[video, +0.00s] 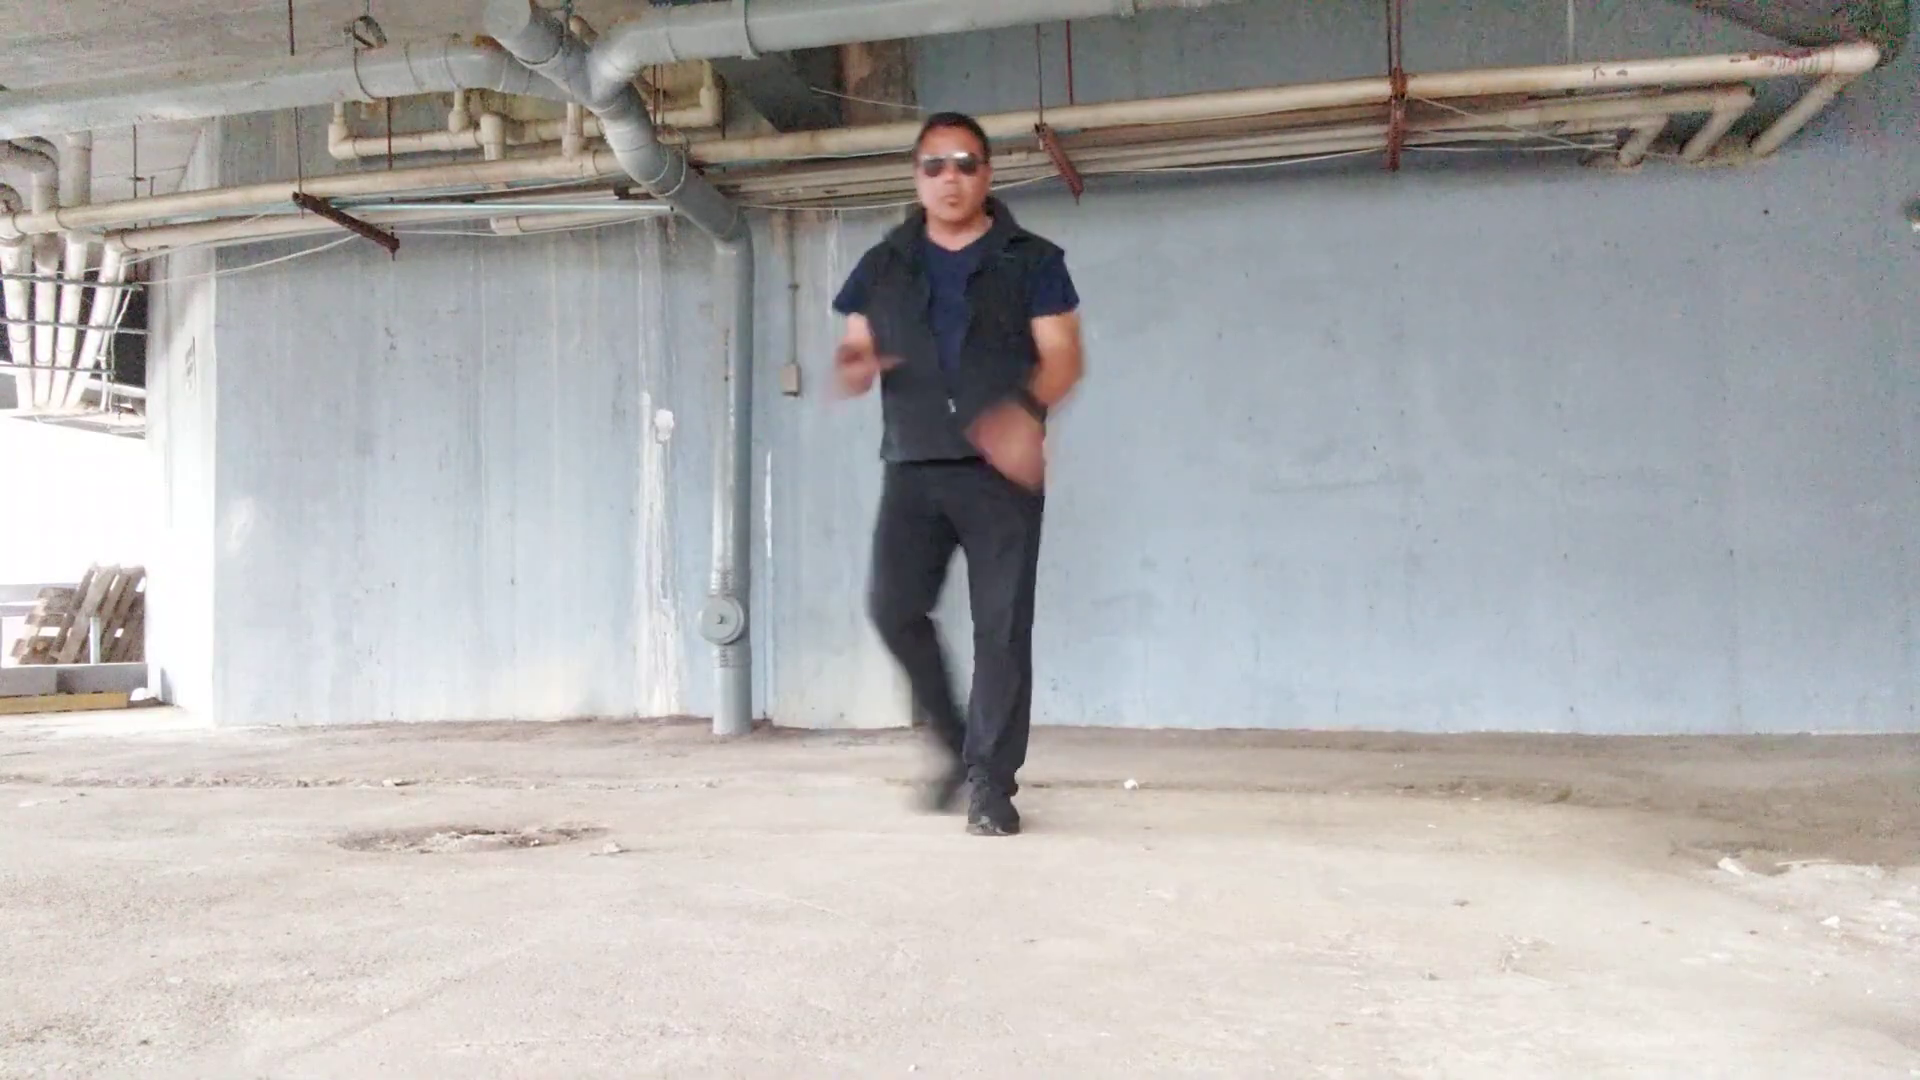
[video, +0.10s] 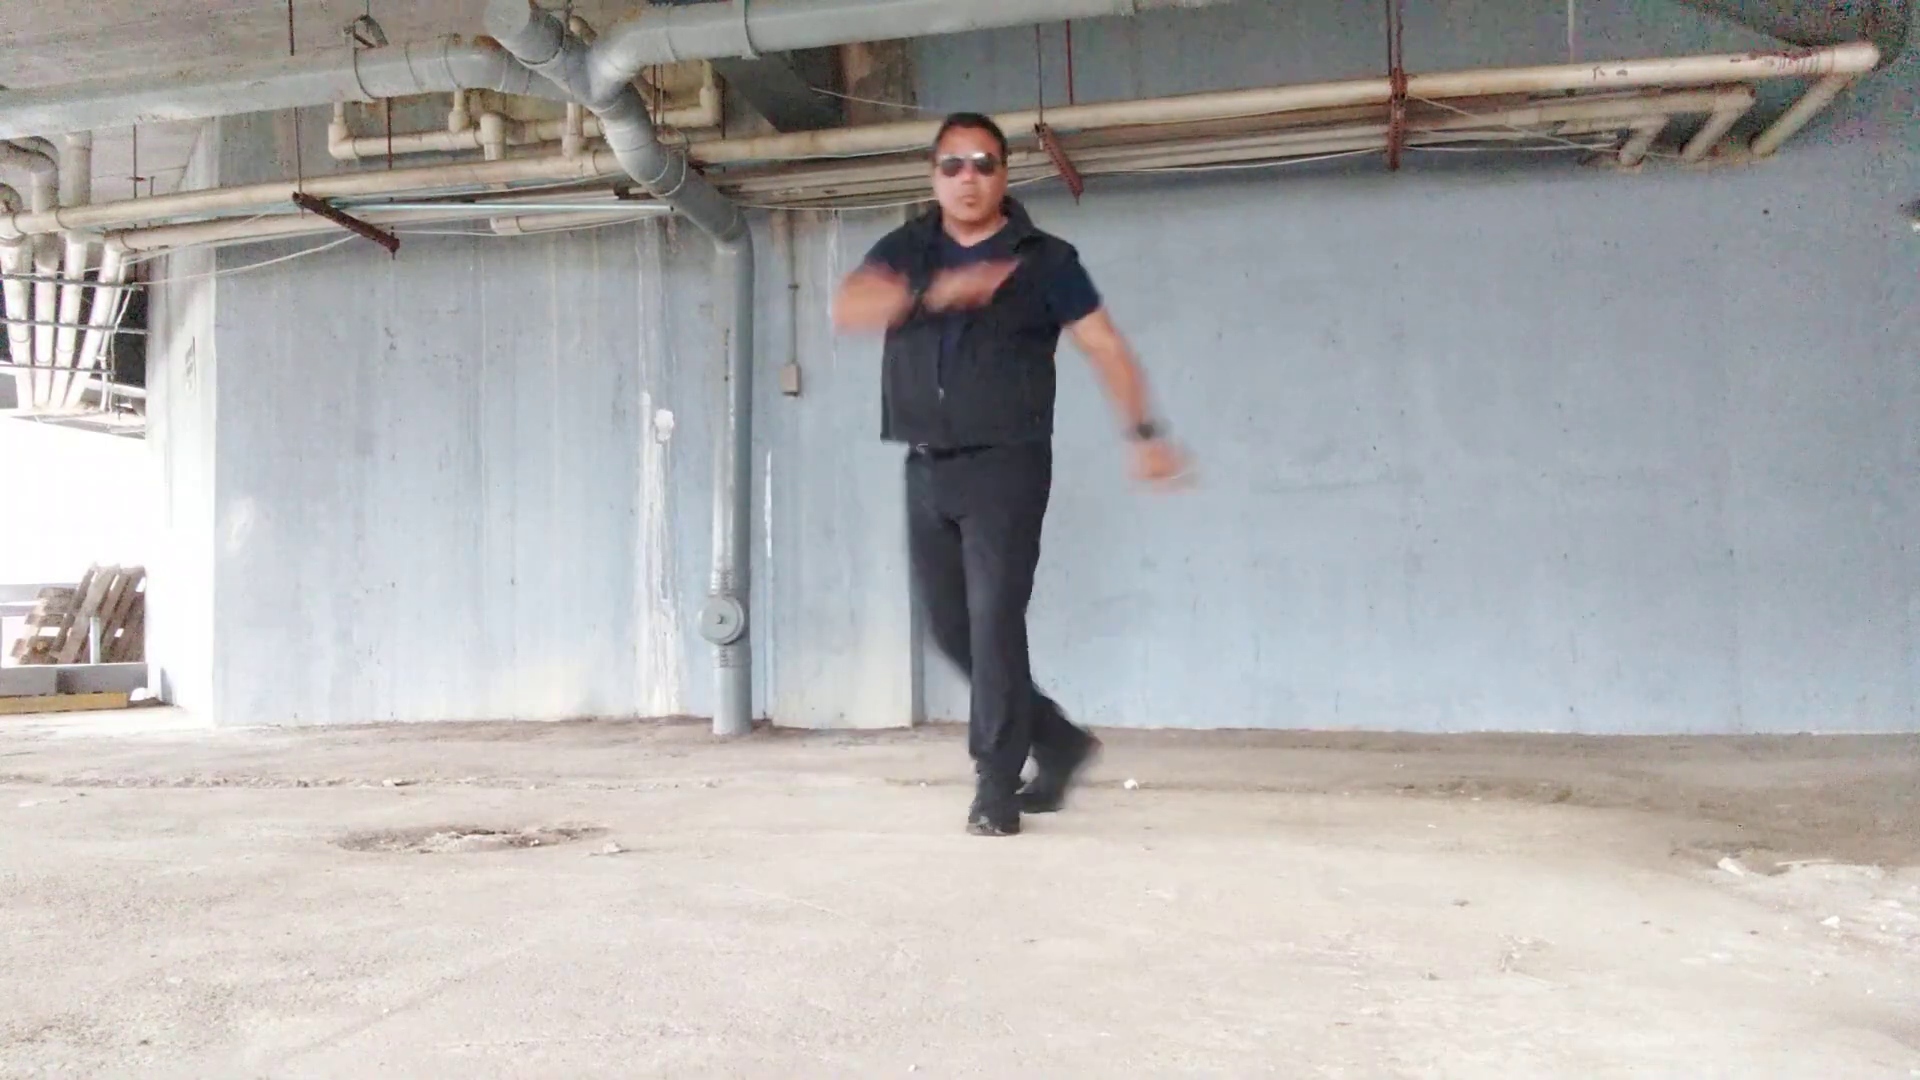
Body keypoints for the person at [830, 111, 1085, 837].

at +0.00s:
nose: (950, 177)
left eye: (965, 165)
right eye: (935, 166)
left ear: (987, 177)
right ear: (915, 180)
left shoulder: (1032, 260)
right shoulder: (885, 263)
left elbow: (1062, 359)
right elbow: (857, 362)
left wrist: (1027, 412)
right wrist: (853, 370)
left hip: (1001, 473)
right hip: (914, 472)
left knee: (1001, 629)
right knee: (894, 608)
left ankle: (992, 781)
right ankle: (961, 745)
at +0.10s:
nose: (967, 177)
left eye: (983, 165)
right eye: (953, 165)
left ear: (1004, 176)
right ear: (933, 175)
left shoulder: (1043, 257)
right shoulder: (908, 249)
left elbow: (1104, 345)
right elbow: (847, 310)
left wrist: (1143, 431)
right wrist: (934, 292)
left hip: (1006, 464)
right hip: (928, 466)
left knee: (992, 618)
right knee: (949, 624)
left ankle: (997, 789)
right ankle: (1059, 739)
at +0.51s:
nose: (1029, 180)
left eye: (1038, 166)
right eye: (1011, 167)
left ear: (1049, 173)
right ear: (971, 176)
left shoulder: (1071, 256)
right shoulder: (926, 249)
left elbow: (1103, 353)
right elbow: (872, 336)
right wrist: (885, 373)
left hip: (1034, 470)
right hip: (944, 470)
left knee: (1045, 617)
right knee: (914, 599)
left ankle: (1062, 780)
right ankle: (944, 769)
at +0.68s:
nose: (1033, 173)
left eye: (1037, 160)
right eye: (1017, 162)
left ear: (1038, 159)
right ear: (967, 164)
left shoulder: (1051, 225)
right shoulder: (912, 219)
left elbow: (1071, 308)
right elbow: (809, 231)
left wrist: (978, 285)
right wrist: (838, 261)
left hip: (1025, 457)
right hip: (930, 457)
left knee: (1047, 619)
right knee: (913, 621)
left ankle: (1063, 780)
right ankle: (903, 789)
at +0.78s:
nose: (989, 175)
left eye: (999, 160)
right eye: (972, 161)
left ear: (1008, 160)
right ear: (932, 163)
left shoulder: (1031, 235)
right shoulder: (891, 220)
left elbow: (1073, 332)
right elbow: (780, 214)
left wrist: (1025, 347)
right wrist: (865, 212)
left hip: (1002, 461)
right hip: (910, 460)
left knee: (1028, 617)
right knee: (909, 623)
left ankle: (1054, 776)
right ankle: (909, 785)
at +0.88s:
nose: (928, 180)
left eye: (943, 166)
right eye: (913, 167)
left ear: (971, 167)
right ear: (895, 170)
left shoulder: (1016, 247)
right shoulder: (873, 232)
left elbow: (1058, 333)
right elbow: (821, 281)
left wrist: (1078, 372)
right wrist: (926, 249)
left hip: (983, 461)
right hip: (890, 462)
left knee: (1001, 606)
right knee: (890, 619)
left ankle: (1006, 745)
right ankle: (906, 783)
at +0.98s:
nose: (900, 192)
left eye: (916, 177)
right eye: (888, 178)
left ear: (952, 173)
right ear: (876, 177)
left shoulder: (1001, 240)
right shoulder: (858, 250)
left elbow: (1079, 315)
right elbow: (837, 360)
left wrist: (1076, 316)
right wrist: (922, 337)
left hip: (970, 465)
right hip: (878, 468)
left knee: (979, 615)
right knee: (876, 619)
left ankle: (929, 735)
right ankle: (904, 780)